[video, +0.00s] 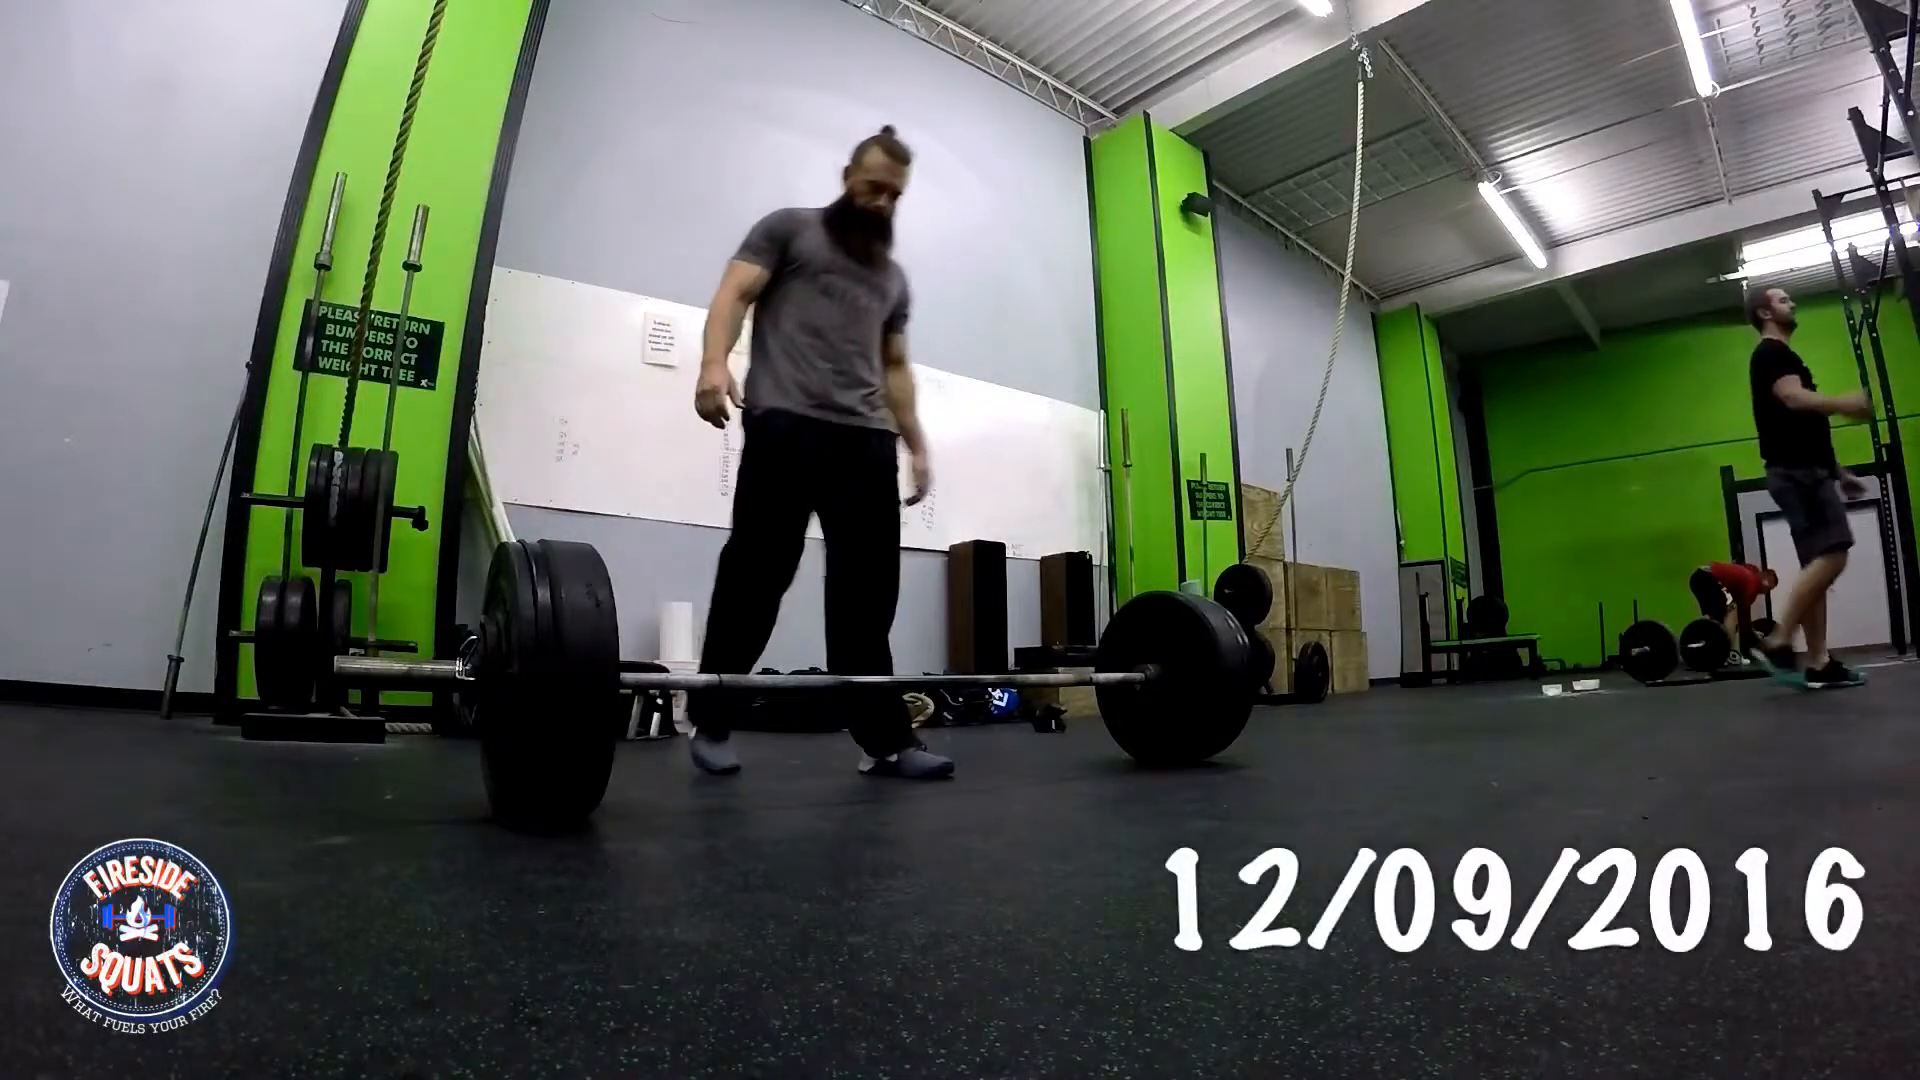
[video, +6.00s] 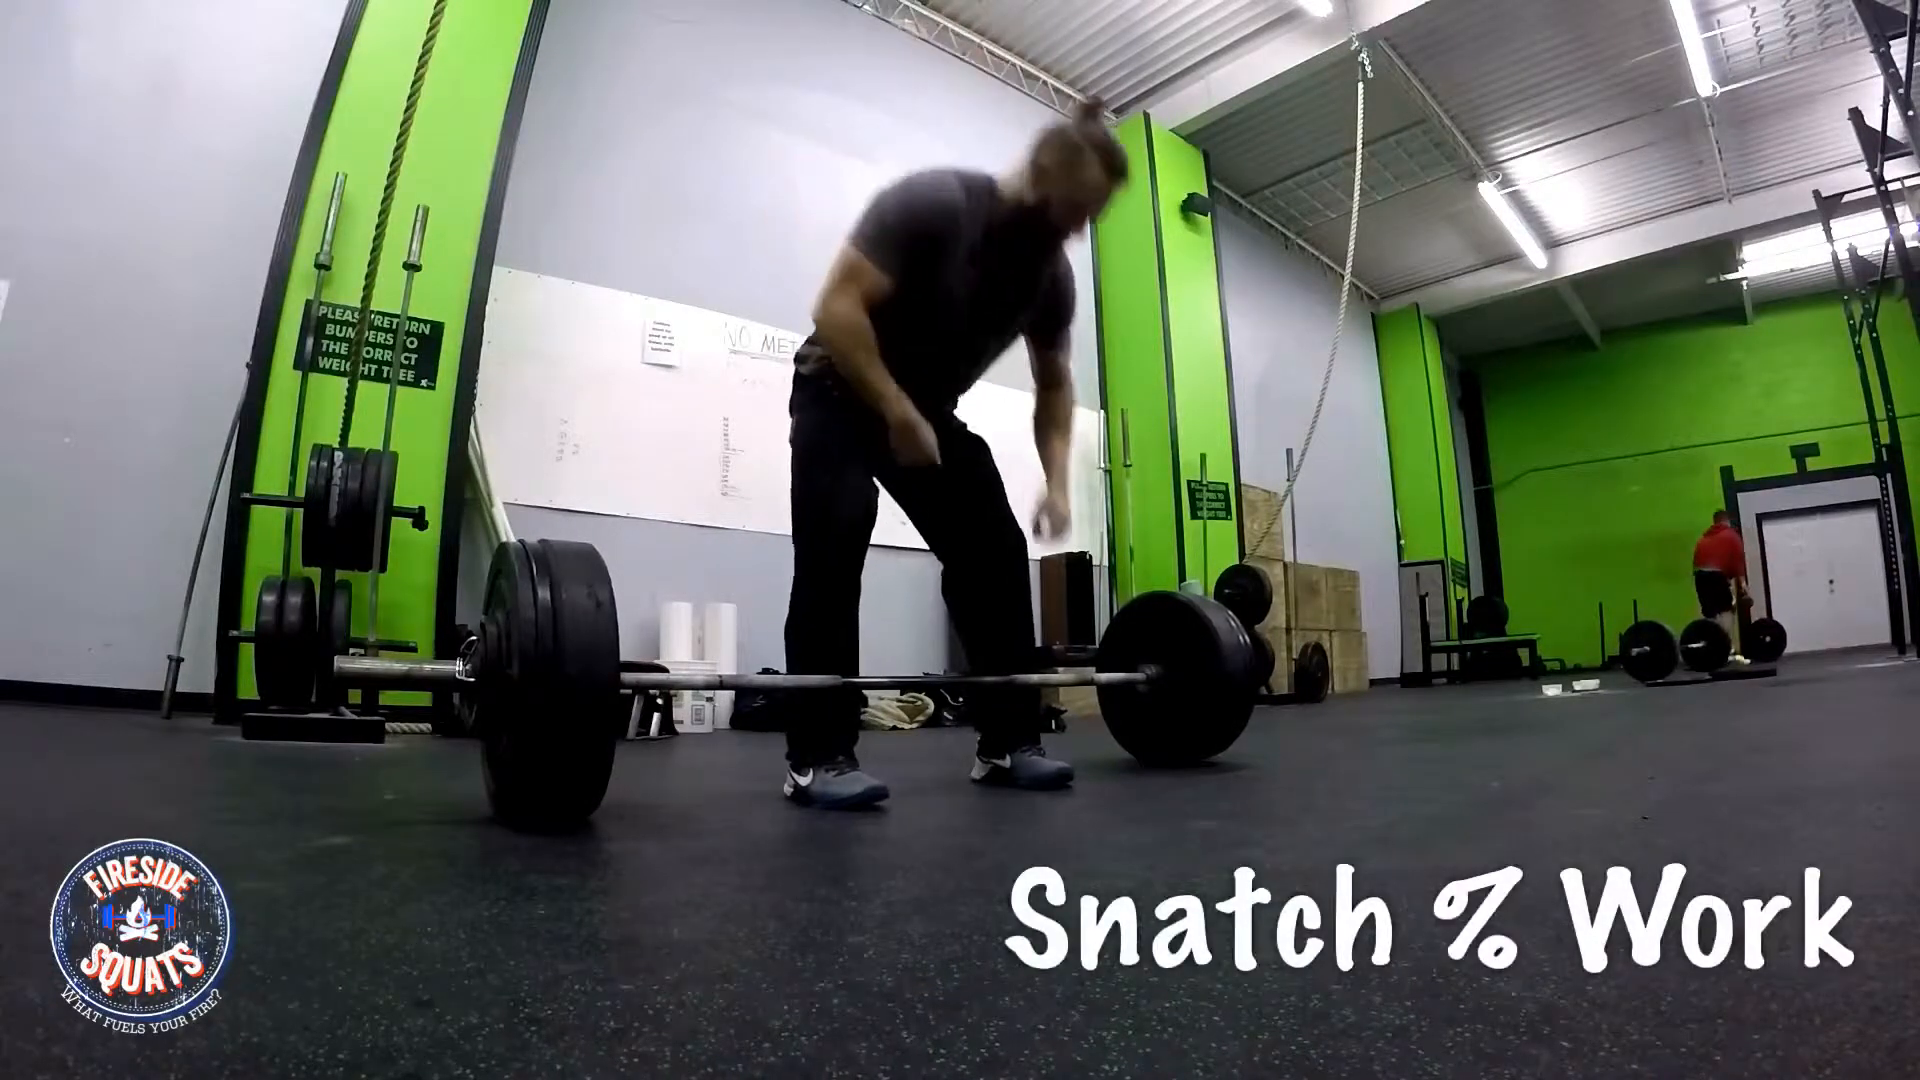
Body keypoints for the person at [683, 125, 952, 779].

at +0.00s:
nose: (880, 199)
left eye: (892, 191)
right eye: (871, 185)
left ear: (902, 196)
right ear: (847, 178)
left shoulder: (892, 278)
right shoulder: (790, 228)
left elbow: (895, 365)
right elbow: (733, 294)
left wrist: (916, 442)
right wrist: (714, 364)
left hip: (864, 442)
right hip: (783, 427)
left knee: (868, 591)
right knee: (754, 574)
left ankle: (883, 741)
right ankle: (711, 724)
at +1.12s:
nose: (927, 104)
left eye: (940, 91)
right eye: (914, 87)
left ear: (953, 77)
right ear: (880, 60)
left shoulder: (941, 158)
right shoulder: (807, 126)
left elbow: (945, 269)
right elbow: (729, 226)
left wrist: (977, 361)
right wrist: (726, 329)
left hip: (916, 383)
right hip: (820, 377)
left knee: (947, 556)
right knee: (820, 569)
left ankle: (950, 725)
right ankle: (826, 758)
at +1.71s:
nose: (1029, 136)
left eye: (1044, 127)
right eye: (1023, 116)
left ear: (1058, 122)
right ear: (995, 87)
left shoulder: (1033, 201)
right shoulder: (908, 134)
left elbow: (1029, 305)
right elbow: (817, 213)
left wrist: (1052, 397)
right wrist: (789, 315)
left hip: (964, 396)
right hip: (868, 378)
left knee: (978, 570)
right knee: (841, 565)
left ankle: (1004, 748)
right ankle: (824, 756)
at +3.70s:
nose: (1009, 50)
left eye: (1017, 41)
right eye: (995, 34)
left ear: (1020, 57)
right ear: (951, 40)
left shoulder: (1007, 168)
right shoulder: (885, 112)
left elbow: (1010, 285)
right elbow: (809, 204)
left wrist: (1053, 372)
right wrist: (816, 302)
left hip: (967, 390)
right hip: (870, 373)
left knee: (980, 569)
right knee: (843, 564)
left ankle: (1004, 747)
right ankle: (820, 758)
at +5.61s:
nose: (996, 66)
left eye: (1004, 59)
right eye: (982, 51)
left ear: (1006, 77)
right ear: (939, 58)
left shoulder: (1009, 177)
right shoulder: (880, 125)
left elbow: (1016, 280)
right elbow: (792, 210)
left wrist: (1022, 342)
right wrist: (837, 290)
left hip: (959, 388)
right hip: (865, 375)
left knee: (994, 551)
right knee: (840, 560)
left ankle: (1006, 744)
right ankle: (819, 758)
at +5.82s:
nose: (1038, 137)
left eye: (1052, 126)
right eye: (1032, 116)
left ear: (1059, 130)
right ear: (997, 95)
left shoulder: (1032, 224)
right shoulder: (909, 154)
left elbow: (1031, 322)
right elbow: (806, 243)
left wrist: (1027, 394)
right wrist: (862, 332)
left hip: (937, 403)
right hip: (846, 388)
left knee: (994, 550)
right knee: (833, 562)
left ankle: (1008, 743)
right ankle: (818, 758)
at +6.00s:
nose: (1078, 225)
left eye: (1089, 213)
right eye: (1075, 206)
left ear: (1092, 203)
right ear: (1040, 172)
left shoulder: (1050, 278)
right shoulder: (933, 202)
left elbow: (1054, 385)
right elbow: (835, 309)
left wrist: (1057, 482)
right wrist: (898, 409)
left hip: (928, 410)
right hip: (843, 388)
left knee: (993, 553)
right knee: (832, 558)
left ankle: (1006, 745)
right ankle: (818, 759)